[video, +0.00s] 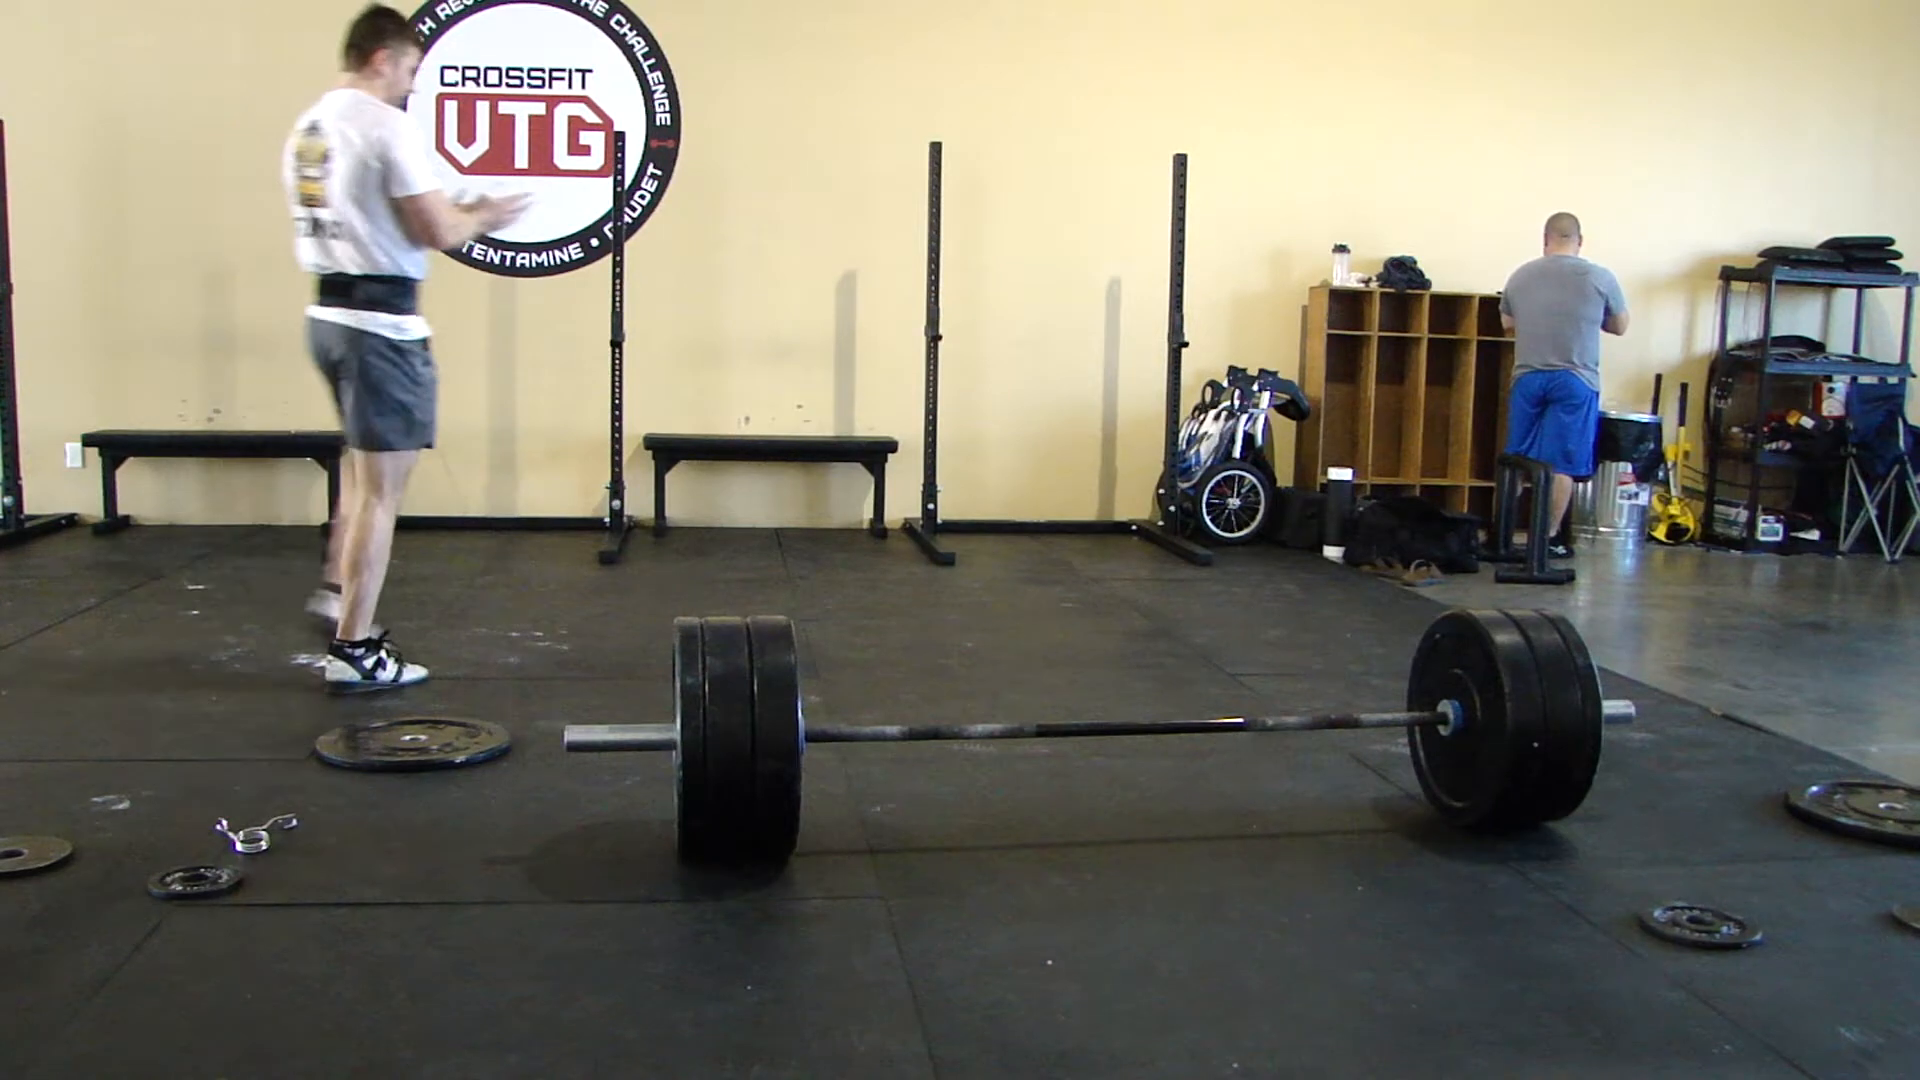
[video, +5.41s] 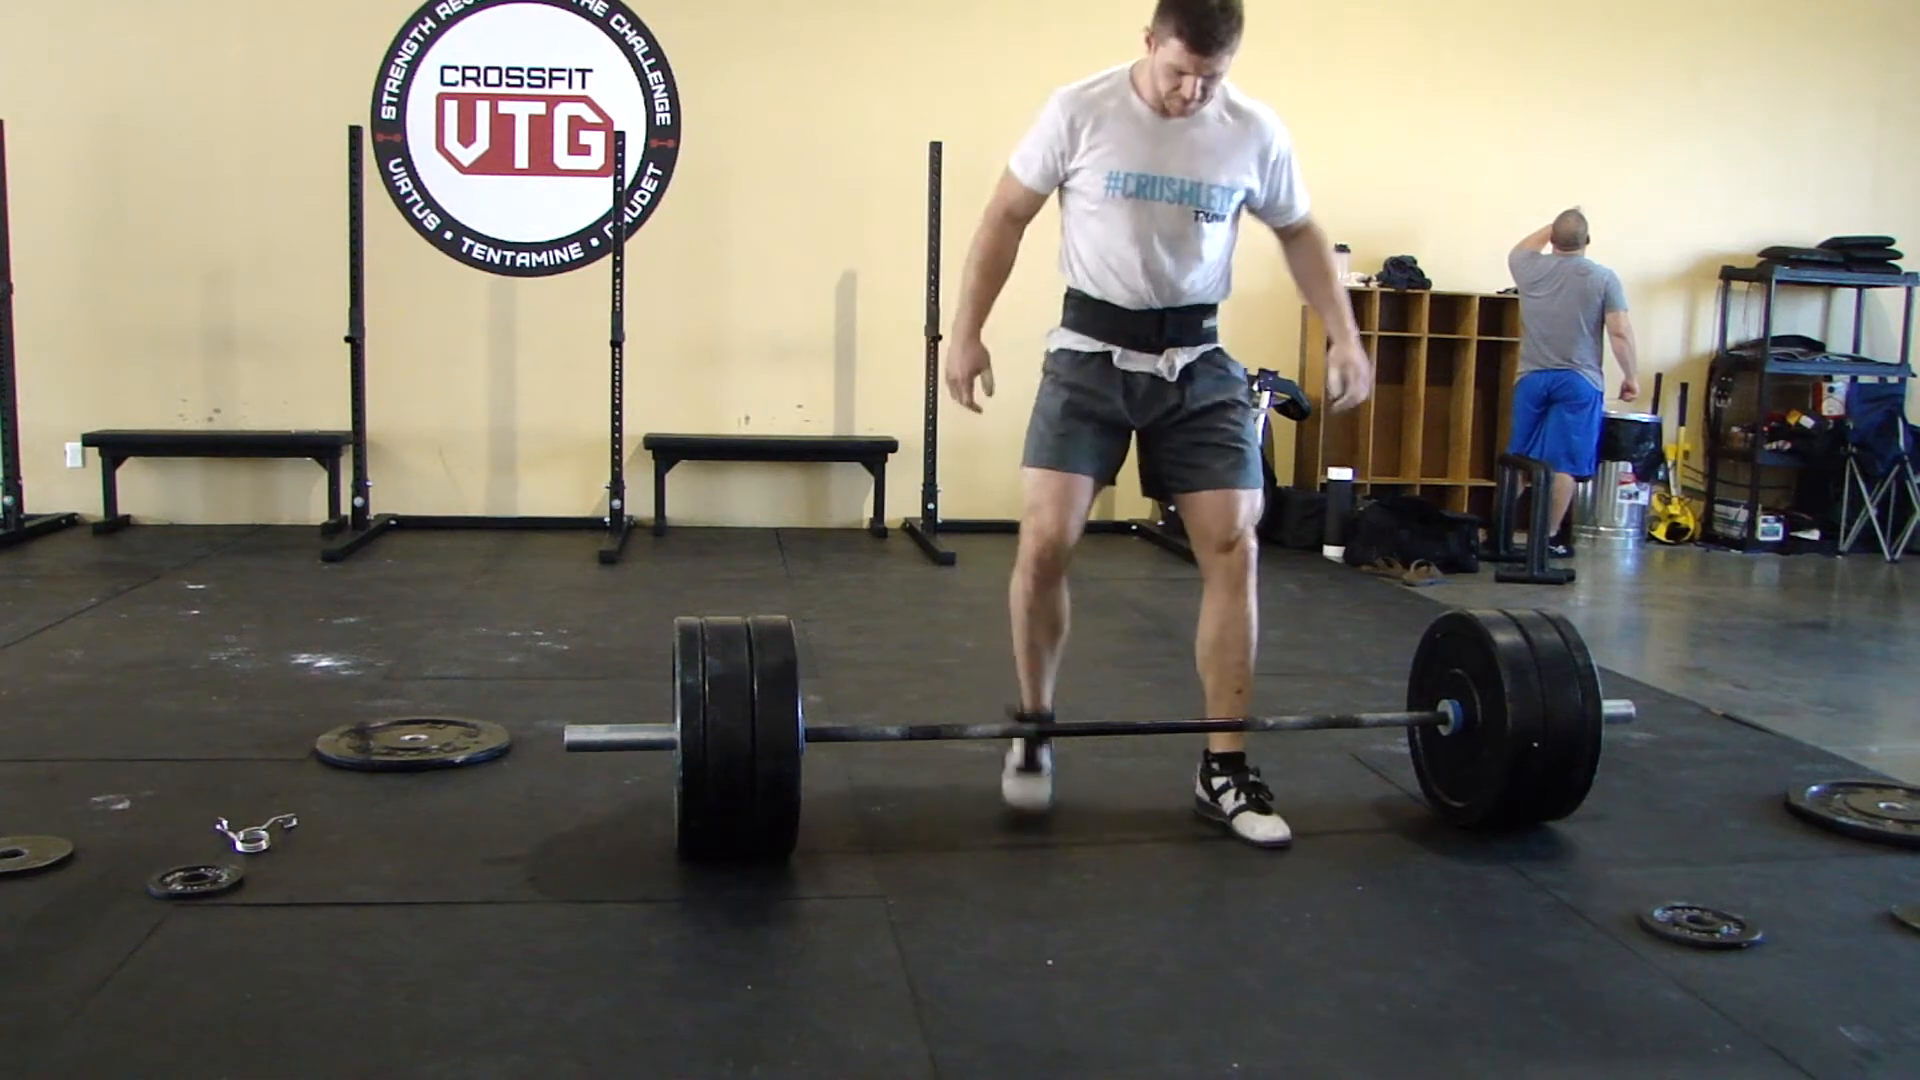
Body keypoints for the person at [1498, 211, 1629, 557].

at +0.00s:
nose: (1564, 245)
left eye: (1549, 238)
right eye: (1577, 240)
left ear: (1545, 239)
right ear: (1580, 241)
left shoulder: (1520, 275)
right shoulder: (1598, 276)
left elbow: (1509, 324)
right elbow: (1619, 326)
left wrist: (1543, 315)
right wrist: (1582, 313)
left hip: (1527, 378)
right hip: (1575, 379)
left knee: (1516, 460)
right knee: (1562, 466)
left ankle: (1502, 536)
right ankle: (1546, 540)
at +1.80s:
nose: (1582, 247)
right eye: (1584, 242)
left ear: (1549, 239)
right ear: (1583, 241)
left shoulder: (1521, 274)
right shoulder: (1597, 276)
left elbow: (1507, 316)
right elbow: (1621, 328)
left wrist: (1536, 316)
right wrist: (1615, 344)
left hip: (1528, 378)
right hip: (1576, 380)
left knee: (1516, 460)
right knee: (1562, 466)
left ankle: (1501, 535)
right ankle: (1547, 540)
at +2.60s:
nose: (1584, 244)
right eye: (1585, 239)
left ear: (1550, 239)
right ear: (1586, 240)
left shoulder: (1524, 271)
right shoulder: (1600, 277)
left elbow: (1512, 289)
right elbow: (1616, 332)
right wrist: (1628, 376)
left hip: (1530, 379)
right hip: (1577, 382)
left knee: (1519, 461)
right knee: (1565, 465)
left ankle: (1502, 534)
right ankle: (1548, 538)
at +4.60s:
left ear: (1549, 240)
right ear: (1586, 242)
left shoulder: (1529, 270)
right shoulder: (1602, 278)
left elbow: (1518, 254)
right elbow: (1617, 332)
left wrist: (1548, 232)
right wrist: (1629, 376)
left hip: (1531, 378)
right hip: (1579, 381)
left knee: (1519, 460)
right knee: (1565, 465)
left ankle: (1499, 532)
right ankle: (1548, 539)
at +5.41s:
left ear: (1551, 241)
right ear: (1588, 242)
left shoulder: (1532, 270)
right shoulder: (1603, 278)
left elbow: (1519, 253)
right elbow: (1619, 331)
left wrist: (1551, 229)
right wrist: (1631, 375)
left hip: (1532, 378)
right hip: (1579, 381)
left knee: (1519, 459)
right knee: (1565, 465)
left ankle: (1499, 530)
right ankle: (1548, 538)